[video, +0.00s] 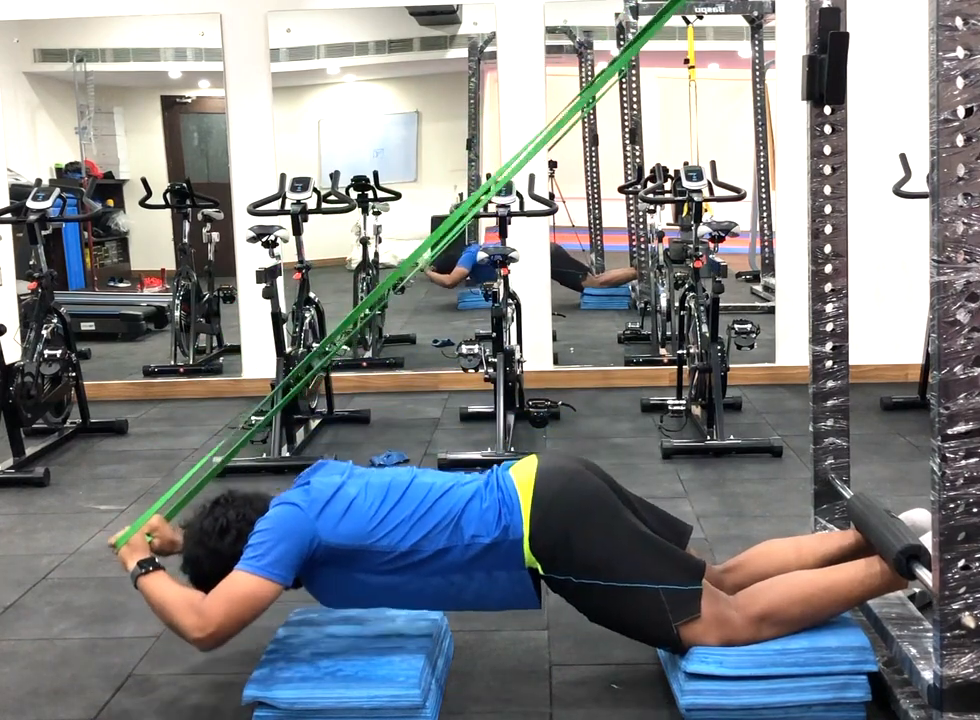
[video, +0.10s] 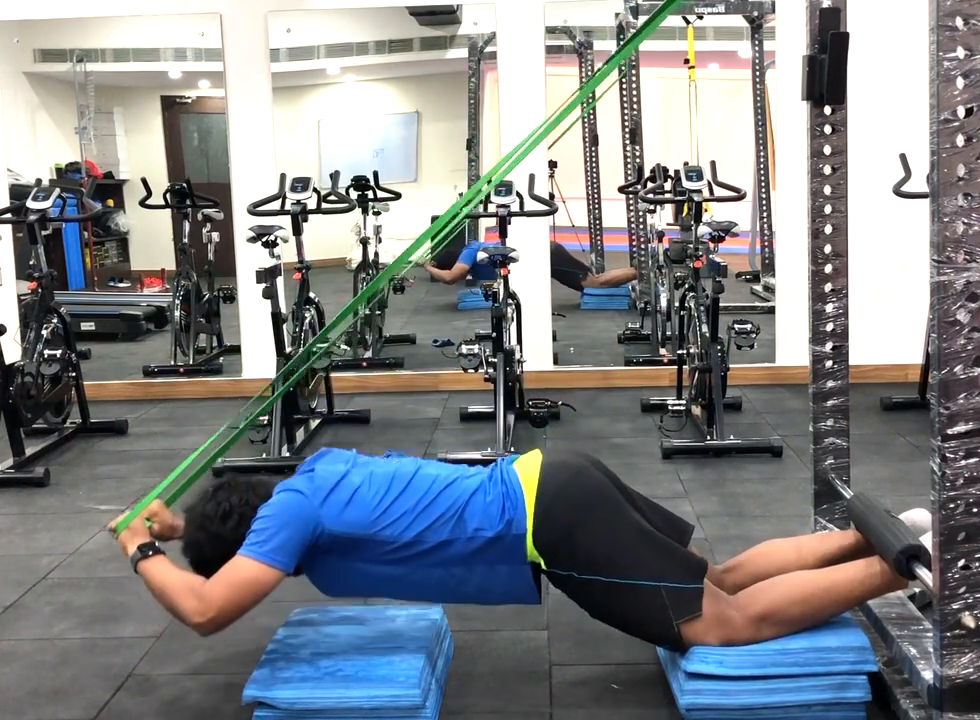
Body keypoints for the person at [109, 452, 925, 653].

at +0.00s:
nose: (236, 576)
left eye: (228, 567)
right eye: (227, 564)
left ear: (239, 550)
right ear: (249, 506)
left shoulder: (294, 520)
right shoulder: (315, 488)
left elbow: (203, 624)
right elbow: (234, 596)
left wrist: (141, 570)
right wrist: (174, 560)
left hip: (545, 524)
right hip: (550, 487)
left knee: (716, 628)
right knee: (715, 580)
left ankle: (898, 567)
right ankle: (863, 535)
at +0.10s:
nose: (238, 565)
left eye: (228, 555)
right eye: (230, 553)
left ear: (241, 535)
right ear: (255, 496)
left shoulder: (296, 504)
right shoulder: (314, 484)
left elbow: (201, 610)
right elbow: (228, 591)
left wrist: (142, 553)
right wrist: (174, 542)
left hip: (548, 519)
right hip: (554, 484)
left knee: (715, 630)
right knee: (712, 582)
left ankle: (895, 568)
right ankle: (855, 535)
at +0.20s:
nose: (241, 553)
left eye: (233, 544)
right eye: (234, 542)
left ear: (246, 517)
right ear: (256, 477)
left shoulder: (300, 488)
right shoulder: (317, 465)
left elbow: (204, 592)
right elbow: (224, 574)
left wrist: (144, 535)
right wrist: (170, 525)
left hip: (551, 513)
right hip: (561, 477)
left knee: (721, 630)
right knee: (713, 583)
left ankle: (899, 567)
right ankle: (861, 537)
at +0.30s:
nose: (248, 541)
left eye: (241, 531)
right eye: (241, 529)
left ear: (255, 499)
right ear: (260, 463)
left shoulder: (305, 474)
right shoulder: (325, 445)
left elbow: (206, 575)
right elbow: (230, 547)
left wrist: (145, 518)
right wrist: (177, 501)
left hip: (557, 509)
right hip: (565, 470)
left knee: (724, 628)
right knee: (719, 578)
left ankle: (901, 566)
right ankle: (879, 537)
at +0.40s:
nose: (255, 526)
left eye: (246, 514)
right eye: (247, 514)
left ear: (261, 484)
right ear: (267, 458)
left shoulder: (313, 457)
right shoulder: (324, 441)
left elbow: (212, 557)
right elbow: (233, 535)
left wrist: (152, 501)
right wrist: (179, 488)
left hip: (564, 500)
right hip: (569, 473)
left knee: (723, 627)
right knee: (711, 582)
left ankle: (894, 567)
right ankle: (862, 534)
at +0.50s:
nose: (260, 506)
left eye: (252, 491)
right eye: (251, 492)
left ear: (264, 460)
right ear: (275, 434)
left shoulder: (319, 444)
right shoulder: (330, 427)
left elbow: (221, 537)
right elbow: (237, 512)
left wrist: (161, 484)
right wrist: (185, 470)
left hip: (570, 491)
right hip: (573, 466)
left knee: (723, 623)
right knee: (713, 579)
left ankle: (897, 568)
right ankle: (858, 535)